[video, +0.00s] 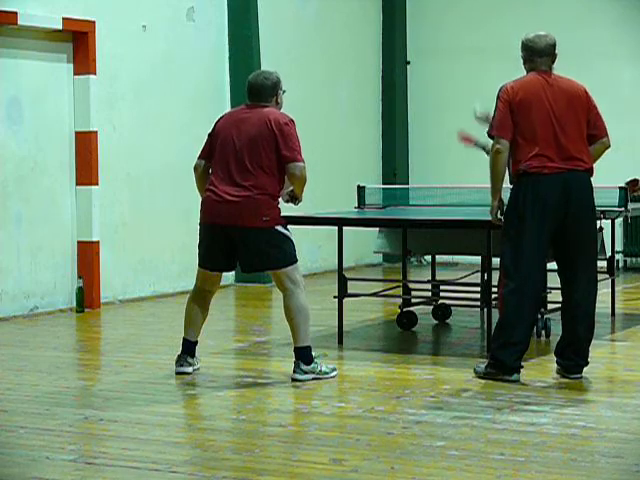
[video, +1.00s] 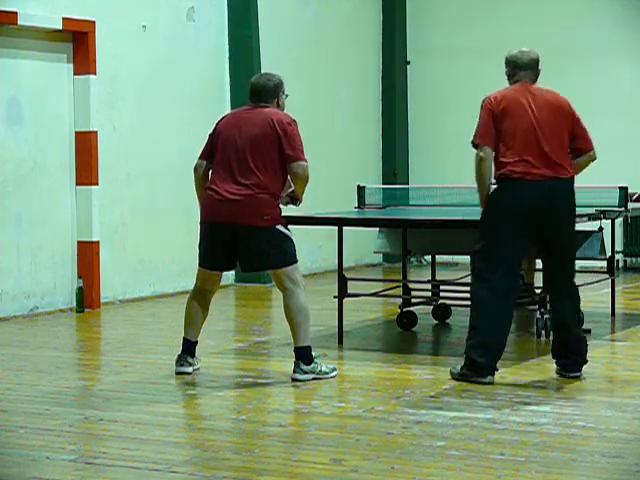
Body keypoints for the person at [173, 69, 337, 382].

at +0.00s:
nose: (283, 99)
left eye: (283, 95)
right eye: (282, 95)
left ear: (248, 96)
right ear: (276, 96)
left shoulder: (225, 120)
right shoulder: (280, 121)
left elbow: (200, 167)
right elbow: (297, 172)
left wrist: (212, 199)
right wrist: (296, 191)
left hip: (215, 217)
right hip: (260, 217)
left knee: (203, 288)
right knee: (292, 285)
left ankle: (186, 356)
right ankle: (304, 361)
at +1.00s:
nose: (286, 102)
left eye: (285, 98)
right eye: (285, 98)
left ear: (250, 98)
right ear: (278, 99)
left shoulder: (226, 121)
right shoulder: (283, 122)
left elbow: (201, 168)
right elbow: (299, 171)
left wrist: (207, 207)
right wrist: (297, 193)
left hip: (216, 216)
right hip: (261, 216)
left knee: (203, 288)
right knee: (292, 285)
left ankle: (186, 355)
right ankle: (304, 361)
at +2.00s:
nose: (289, 104)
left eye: (289, 99)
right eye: (288, 99)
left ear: (255, 101)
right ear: (279, 101)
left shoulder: (229, 122)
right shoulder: (284, 123)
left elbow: (202, 169)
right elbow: (301, 173)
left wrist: (209, 204)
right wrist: (298, 196)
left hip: (215, 215)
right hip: (260, 215)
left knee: (204, 287)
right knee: (293, 285)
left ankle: (187, 355)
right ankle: (305, 361)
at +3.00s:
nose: (265, 99)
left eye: (262, 95)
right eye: (263, 95)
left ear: (229, 98)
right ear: (259, 98)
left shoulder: (208, 123)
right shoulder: (275, 124)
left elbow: (177, 163)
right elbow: (326, 159)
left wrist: (166, 204)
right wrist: (321, 168)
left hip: (206, 216)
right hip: (252, 215)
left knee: (197, 287)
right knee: (286, 283)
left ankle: (185, 354)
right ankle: (305, 355)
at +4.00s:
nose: (181, 82)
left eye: (179, 77)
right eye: (178, 78)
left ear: (148, 82)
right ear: (169, 81)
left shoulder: (124, 112)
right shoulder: (174, 111)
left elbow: (101, 160)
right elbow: (193, 165)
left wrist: (103, 201)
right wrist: (214, 189)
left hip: (118, 212)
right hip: (155, 213)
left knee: (153, 283)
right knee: (153, 287)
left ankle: (169, 352)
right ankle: (123, 364)